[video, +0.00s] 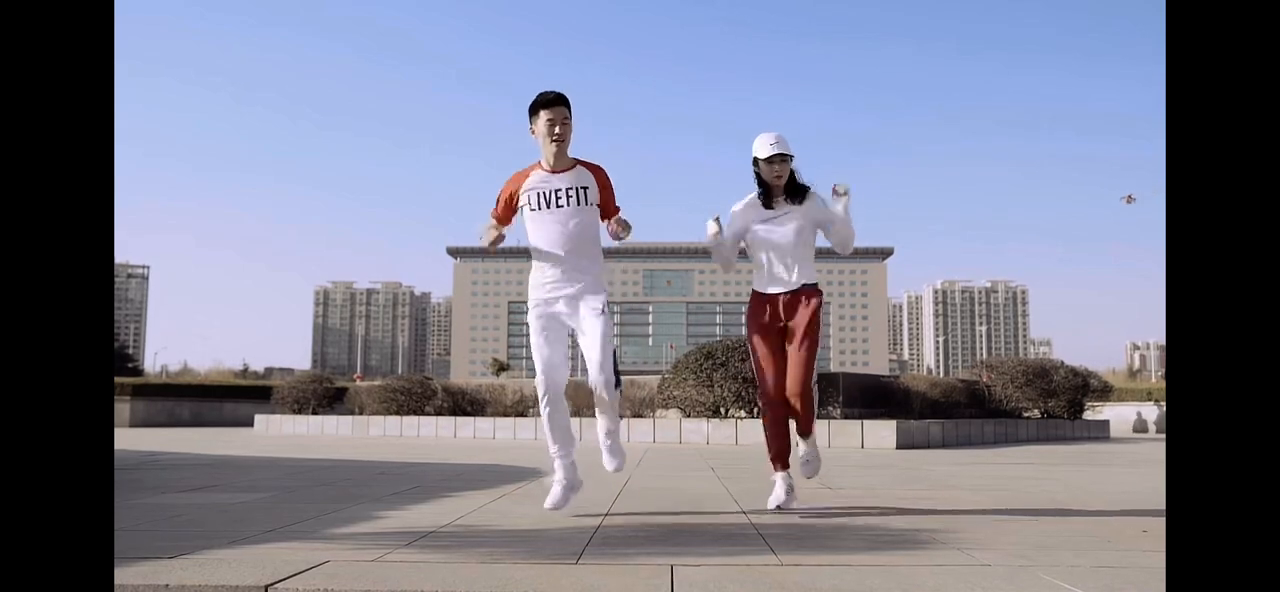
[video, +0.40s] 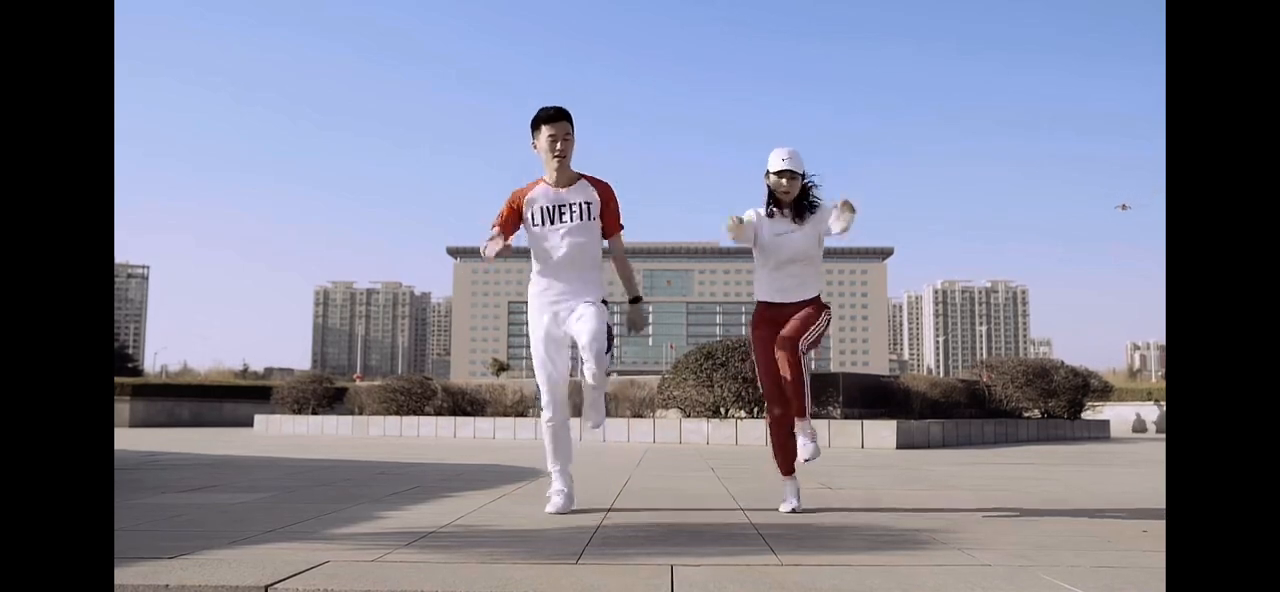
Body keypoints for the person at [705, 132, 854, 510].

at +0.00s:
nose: (778, 167)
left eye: (783, 160)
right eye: (770, 161)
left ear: (792, 162)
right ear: (757, 166)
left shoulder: (810, 202)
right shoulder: (745, 210)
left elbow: (844, 245)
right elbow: (727, 263)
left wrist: (842, 209)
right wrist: (716, 241)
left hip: (804, 299)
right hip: (763, 302)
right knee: (770, 393)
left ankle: (806, 439)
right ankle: (780, 477)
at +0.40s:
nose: (785, 182)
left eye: (792, 175)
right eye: (779, 175)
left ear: (802, 179)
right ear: (768, 179)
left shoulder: (817, 216)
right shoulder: (758, 218)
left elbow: (837, 224)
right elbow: (741, 233)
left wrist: (845, 212)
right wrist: (736, 226)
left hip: (809, 308)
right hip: (767, 313)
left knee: (787, 343)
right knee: (777, 406)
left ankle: (804, 427)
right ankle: (790, 486)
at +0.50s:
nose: (788, 181)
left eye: (795, 176)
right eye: (782, 175)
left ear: (805, 181)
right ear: (771, 179)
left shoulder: (820, 221)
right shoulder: (756, 221)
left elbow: (837, 254)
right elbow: (742, 252)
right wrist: (735, 275)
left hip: (810, 311)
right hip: (768, 317)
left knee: (786, 346)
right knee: (777, 403)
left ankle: (795, 432)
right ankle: (792, 489)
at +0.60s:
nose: (794, 174)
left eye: (801, 168)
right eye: (788, 167)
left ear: (811, 173)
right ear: (776, 170)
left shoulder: (823, 214)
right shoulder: (757, 211)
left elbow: (835, 267)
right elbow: (739, 266)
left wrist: (840, 317)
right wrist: (728, 315)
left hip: (812, 303)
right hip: (771, 305)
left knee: (790, 374)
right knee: (774, 389)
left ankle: (794, 459)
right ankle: (789, 481)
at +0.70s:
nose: (796, 186)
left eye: (803, 181)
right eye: (790, 180)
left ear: (813, 187)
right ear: (780, 185)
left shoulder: (825, 232)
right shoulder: (758, 229)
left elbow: (821, 275)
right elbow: (742, 271)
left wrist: (818, 312)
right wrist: (732, 296)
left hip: (812, 324)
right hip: (771, 325)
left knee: (794, 407)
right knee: (778, 412)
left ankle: (799, 486)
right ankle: (791, 484)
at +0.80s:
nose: (799, 181)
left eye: (806, 176)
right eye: (792, 174)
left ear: (815, 183)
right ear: (782, 180)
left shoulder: (828, 228)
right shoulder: (759, 223)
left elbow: (829, 274)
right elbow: (747, 266)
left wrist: (825, 313)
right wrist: (738, 281)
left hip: (814, 324)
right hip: (772, 324)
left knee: (802, 405)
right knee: (778, 406)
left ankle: (800, 487)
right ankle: (790, 480)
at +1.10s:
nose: (801, 183)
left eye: (808, 177)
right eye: (795, 176)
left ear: (820, 179)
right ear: (786, 176)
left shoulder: (834, 218)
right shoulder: (771, 215)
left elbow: (864, 247)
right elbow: (747, 251)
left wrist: (855, 209)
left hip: (814, 310)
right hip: (775, 304)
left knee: (804, 401)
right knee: (781, 328)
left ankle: (800, 484)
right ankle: (776, 411)